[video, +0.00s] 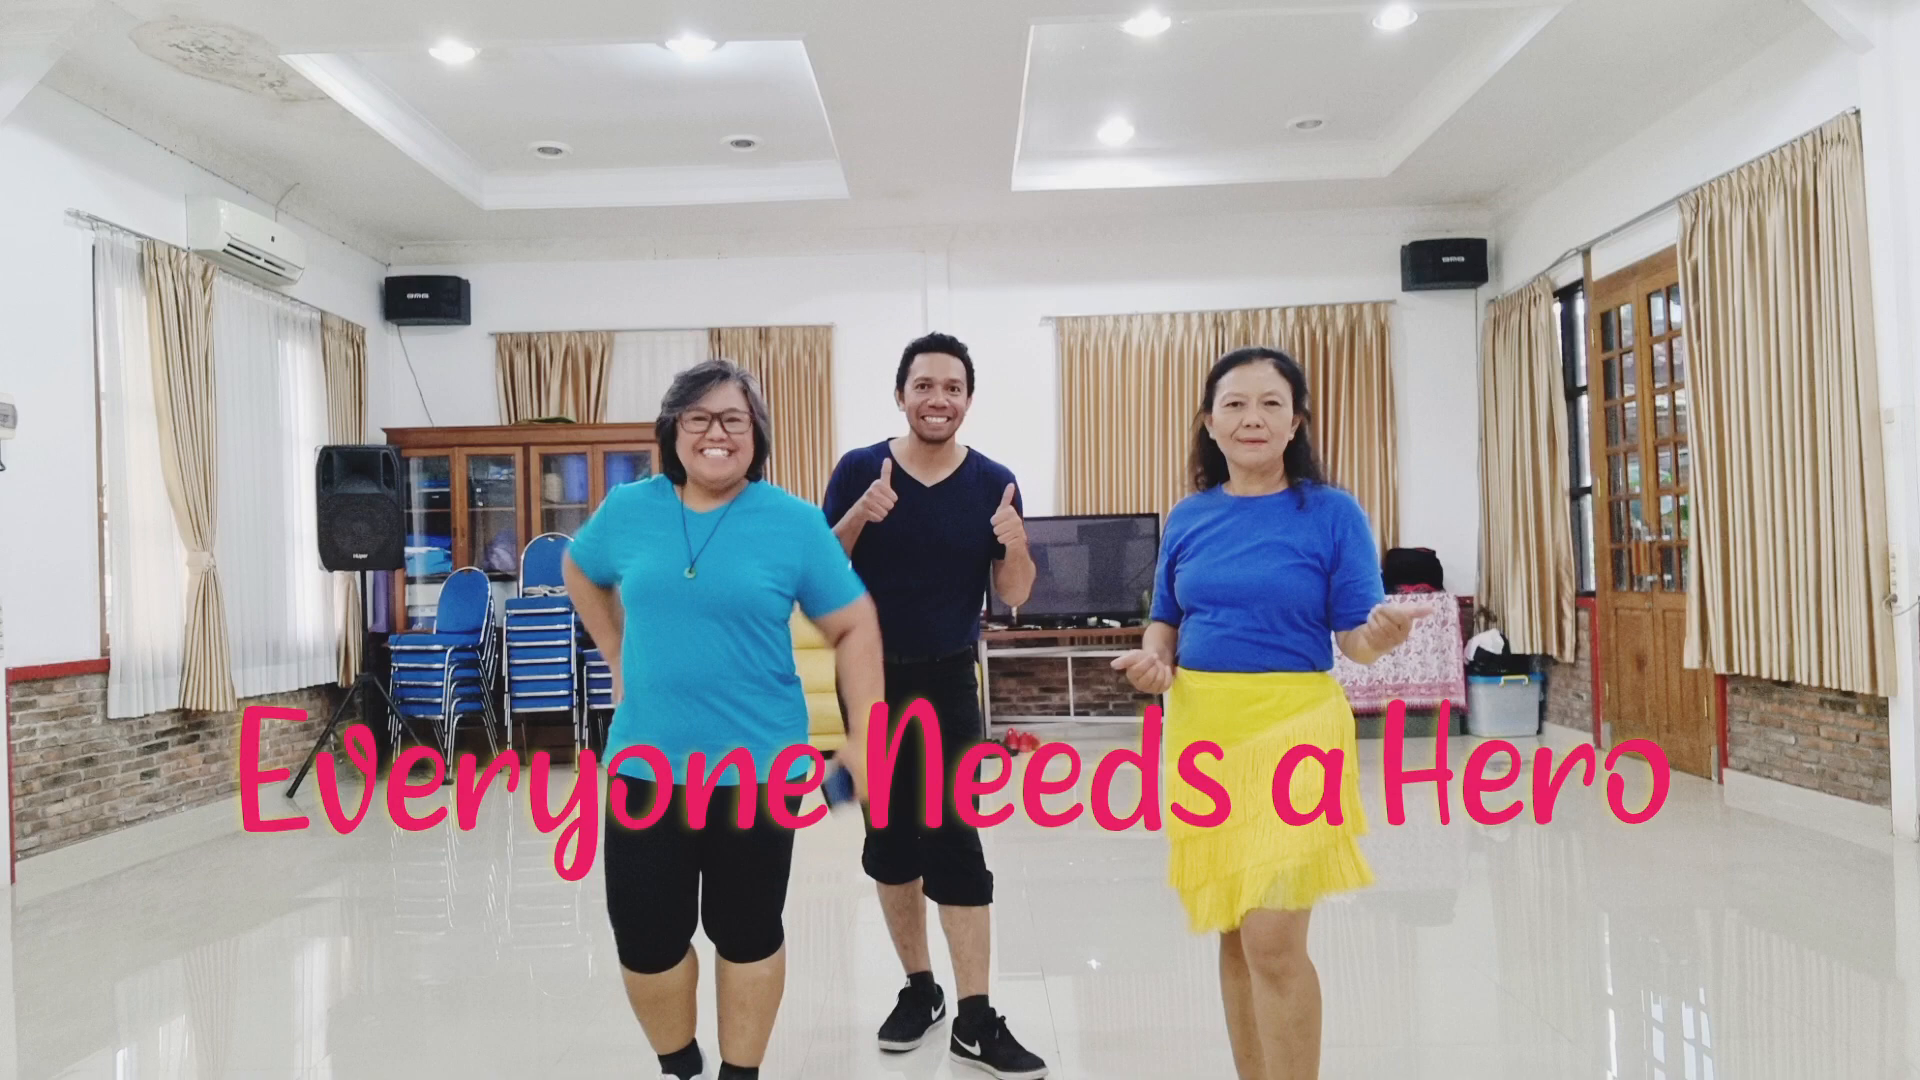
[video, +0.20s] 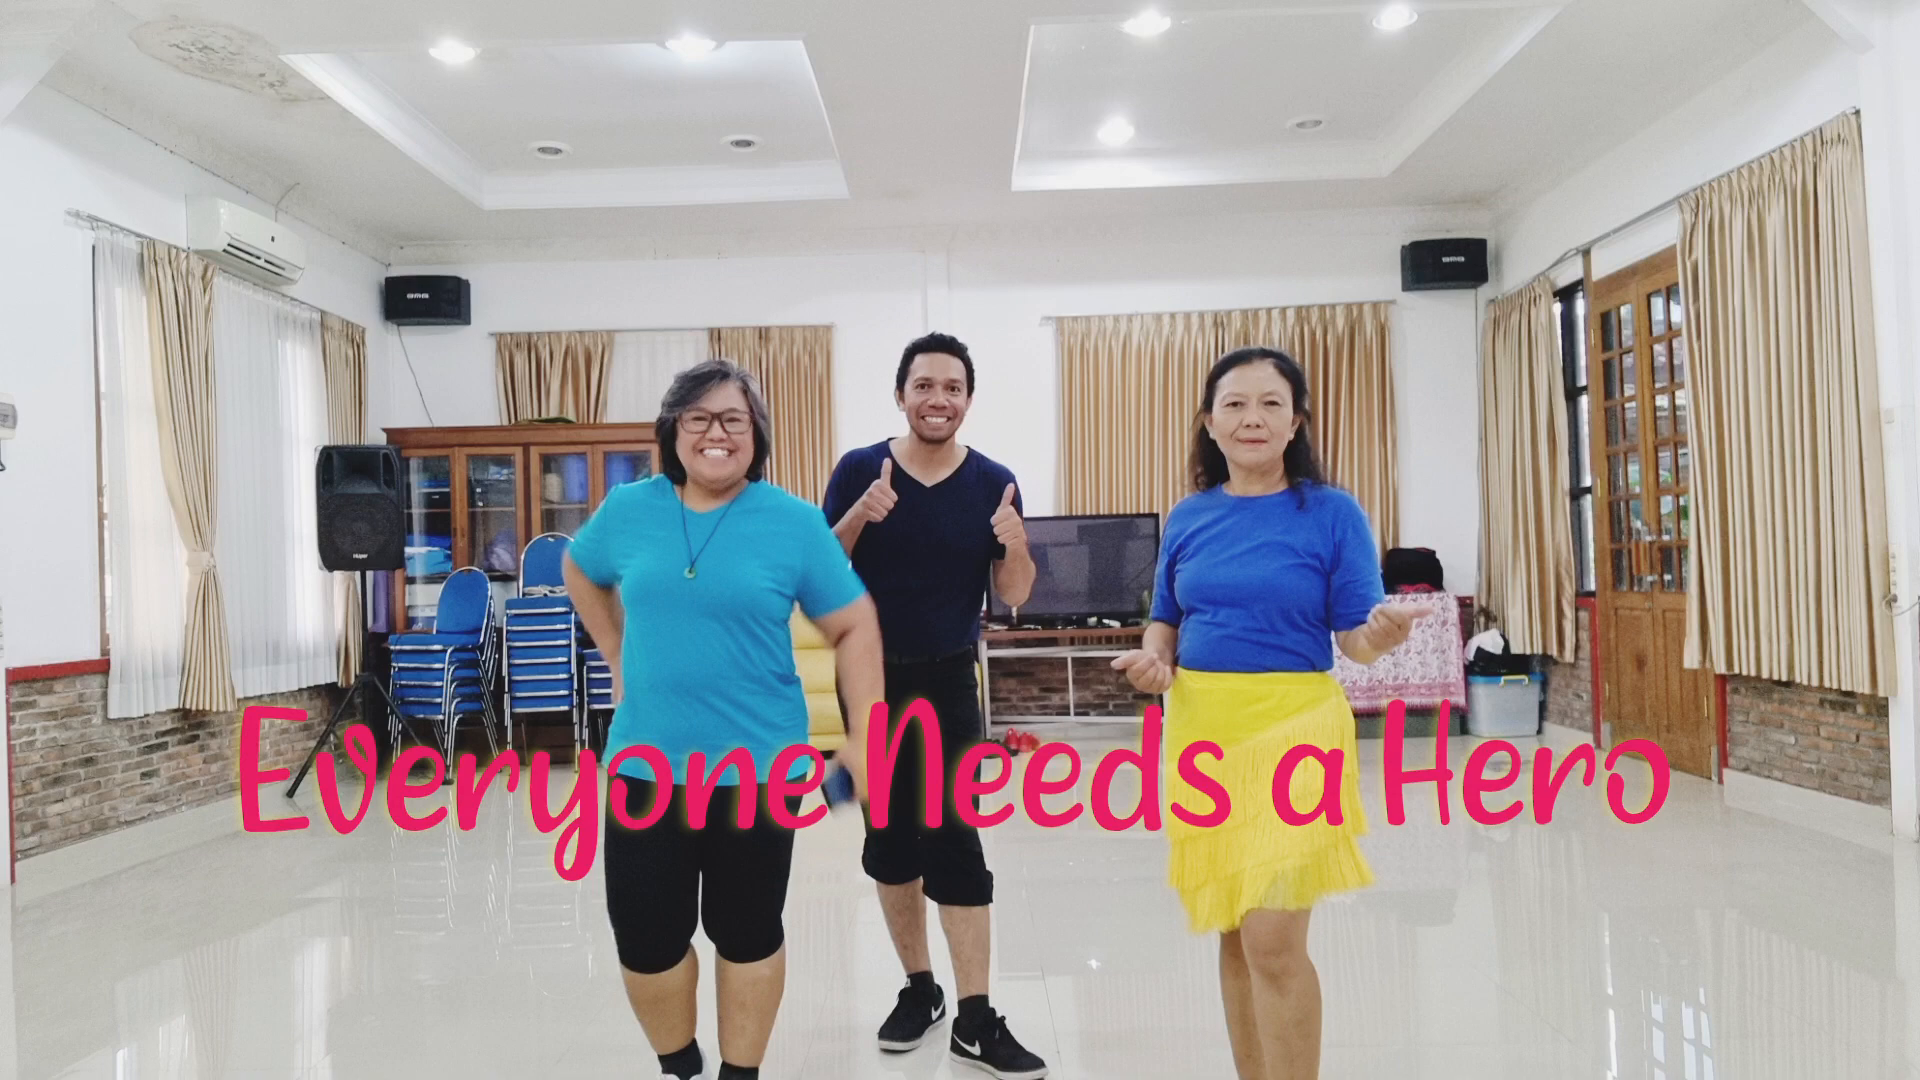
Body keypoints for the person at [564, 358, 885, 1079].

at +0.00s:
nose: (720, 432)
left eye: (736, 420)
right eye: (702, 420)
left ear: (756, 436)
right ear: (672, 434)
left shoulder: (795, 523)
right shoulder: (627, 509)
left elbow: (856, 626)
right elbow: (580, 570)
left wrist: (865, 738)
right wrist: (625, 663)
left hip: (758, 768)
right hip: (645, 764)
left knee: (746, 932)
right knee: (646, 938)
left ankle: (739, 1076)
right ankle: (680, 1069)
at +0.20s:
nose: (720, 432)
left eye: (736, 420)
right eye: (702, 420)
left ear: (756, 436)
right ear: (672, 434)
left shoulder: (795, 523)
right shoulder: (627, 509)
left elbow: (856, 626)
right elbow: (580, 570)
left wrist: (865, 738)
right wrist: (625, 663)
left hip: (758, 768)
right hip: (645, 764)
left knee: (746, 932)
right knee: (646, 938)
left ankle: (739, 1076)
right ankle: (680, 1069)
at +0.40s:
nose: (720, 432)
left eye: (736, 420)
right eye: (702, 420)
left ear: (756, 436)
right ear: (672, 434)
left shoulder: (795, 523)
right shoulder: (627, 509)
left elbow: (856, 626)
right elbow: (580, 570)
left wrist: (865, 738)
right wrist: (625, 663)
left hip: (758, 768)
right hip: (645, 764)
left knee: (746, 932)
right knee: (646, 938)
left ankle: (739, 1076)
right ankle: (680, 1069)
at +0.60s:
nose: (718, 428)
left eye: (734, 416)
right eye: (701, 415)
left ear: (756, 432)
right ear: (672, 429)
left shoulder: (796, 520)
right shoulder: (627, 505)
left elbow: (856, 623)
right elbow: (580, 565)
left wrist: (865, 734)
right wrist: (622, 658)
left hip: (758, 763)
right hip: (645, 759)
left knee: (746, 929)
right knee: (646, 934)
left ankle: (739, 1075)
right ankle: (681, 1068)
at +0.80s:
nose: (719, 316)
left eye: (735, 303)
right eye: (701, 303)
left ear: (756, 319)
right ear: (672, 317)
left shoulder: (795, 407)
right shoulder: (627, 393)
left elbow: (856, 509)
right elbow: (580, 453)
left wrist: (867, 622)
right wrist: (622, 544)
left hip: (758, 652)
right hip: (646, 649)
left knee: (748, 815)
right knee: (645, 819)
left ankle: (738, 973)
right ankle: (681, 961)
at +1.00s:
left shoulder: (798, 5)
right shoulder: (620, 3)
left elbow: (855, 85)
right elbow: (580, 30)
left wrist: (867, 197)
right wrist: (626, 128)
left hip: (757, 222)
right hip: (646, 220)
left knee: (746, 392)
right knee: (646, 398)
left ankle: (739, 548)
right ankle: (682, 537)